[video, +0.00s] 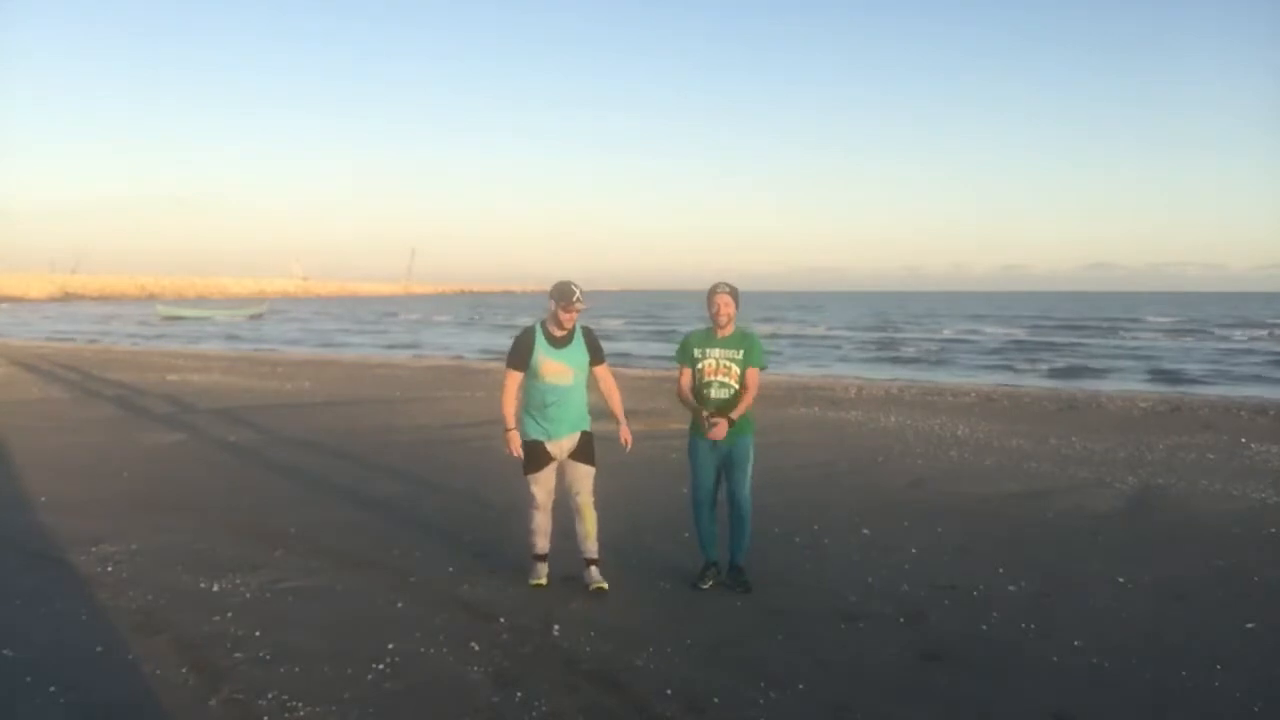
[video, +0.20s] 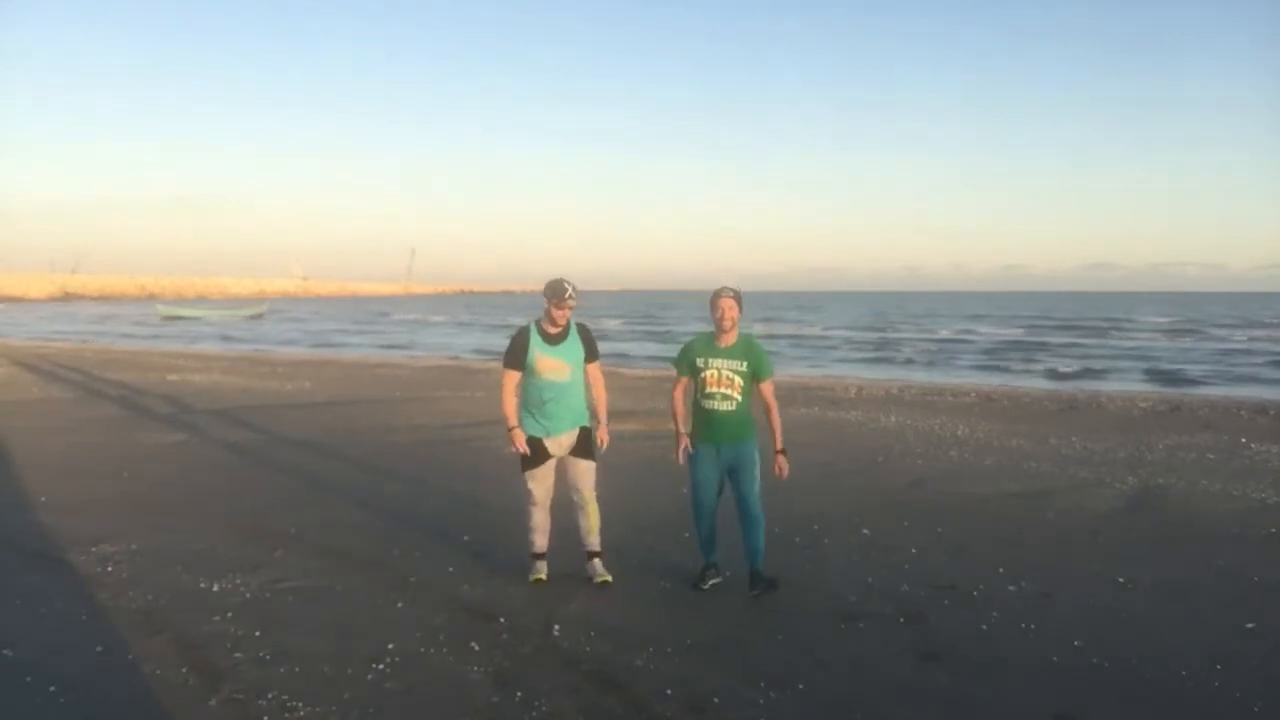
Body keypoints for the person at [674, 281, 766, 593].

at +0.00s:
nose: (720, 310)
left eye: (726, 305)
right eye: (715, 305)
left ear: (735, 308)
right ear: (709, 309)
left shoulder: (749, 343)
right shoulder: (693, 341)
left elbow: (751, 389)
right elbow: (683, 387)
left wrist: (728, 419)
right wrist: (700, 413)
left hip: (738, 430)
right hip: (702, 430)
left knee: (739, 498)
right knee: (703, 498)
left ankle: (737, 565)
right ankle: (711, 563)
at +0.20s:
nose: (723, 314)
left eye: (729, 309)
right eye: (718, 309)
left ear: (739, 313)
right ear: (711, 314)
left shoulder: (752, 350)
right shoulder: (695, 348)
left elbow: (771, 402)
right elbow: (679, 391)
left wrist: (779, 449)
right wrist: (681, 432)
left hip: (742, 441)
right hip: (703, 441)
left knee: (751, 508)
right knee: (703, 507)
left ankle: (756, 572)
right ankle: (709, 566)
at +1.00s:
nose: (758, 304)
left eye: (765, 298)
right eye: (753, 298)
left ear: (775, 305)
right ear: (745, 305)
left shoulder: (790, 343)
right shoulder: (732, 346)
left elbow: (801, 387)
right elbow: (729, 394)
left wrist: (779, 392)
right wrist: (732, 389)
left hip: (781, 443)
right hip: (743, 442)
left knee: (784, 522)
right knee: (731, 516)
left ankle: (776, 592)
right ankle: (735, 582)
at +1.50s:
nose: (727, 315)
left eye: (733, 308)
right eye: (723, 308)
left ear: (748, 309)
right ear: (719, 311)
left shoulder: (770, 345)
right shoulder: (707, 348)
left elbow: (796, 392)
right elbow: (686, 393)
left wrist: (784, 435)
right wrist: (695, 434)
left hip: (764, 449)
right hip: (722, 450)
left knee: (772, 523)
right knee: (718, 521)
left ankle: (774, 592)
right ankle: (720, 587)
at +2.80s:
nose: (736, 334)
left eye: (742, 328)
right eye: (731, 328)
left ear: (754, 329)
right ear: (724, 331)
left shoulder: (775, 369)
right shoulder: (709, 369)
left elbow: (797, 423)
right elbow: (684, 409)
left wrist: (783, 415)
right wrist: (672, 411)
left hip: (761, 469)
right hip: (718, 466)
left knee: (778, 540)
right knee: (685, 531)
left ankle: (781, 599)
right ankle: (658, 607)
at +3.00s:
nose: (711, 334)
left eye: (718, 326)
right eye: (705, 326)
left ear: (730, 327)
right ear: (697, 327)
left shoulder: (748, 366)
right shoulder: (679, 360)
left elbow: (766, 413)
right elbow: (650, 392)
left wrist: (760, 427)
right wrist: (639, 411)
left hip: (730, 475)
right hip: (684, 471)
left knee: (758, 540)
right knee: (652, 543)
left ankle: (780, 598)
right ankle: (629, 620)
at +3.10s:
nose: (686, 327)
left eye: (693, 320)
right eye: (680, 320)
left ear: (705, 322)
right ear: (673, 322)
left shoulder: (720, 362)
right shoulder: (655, 356)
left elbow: (736, 417)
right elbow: (626, 397)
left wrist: (735, 463)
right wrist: (616, 434)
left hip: (699, 471)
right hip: (654, 467)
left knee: (722, 540)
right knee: (634, 540)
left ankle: (753, 595)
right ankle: (627, 621)